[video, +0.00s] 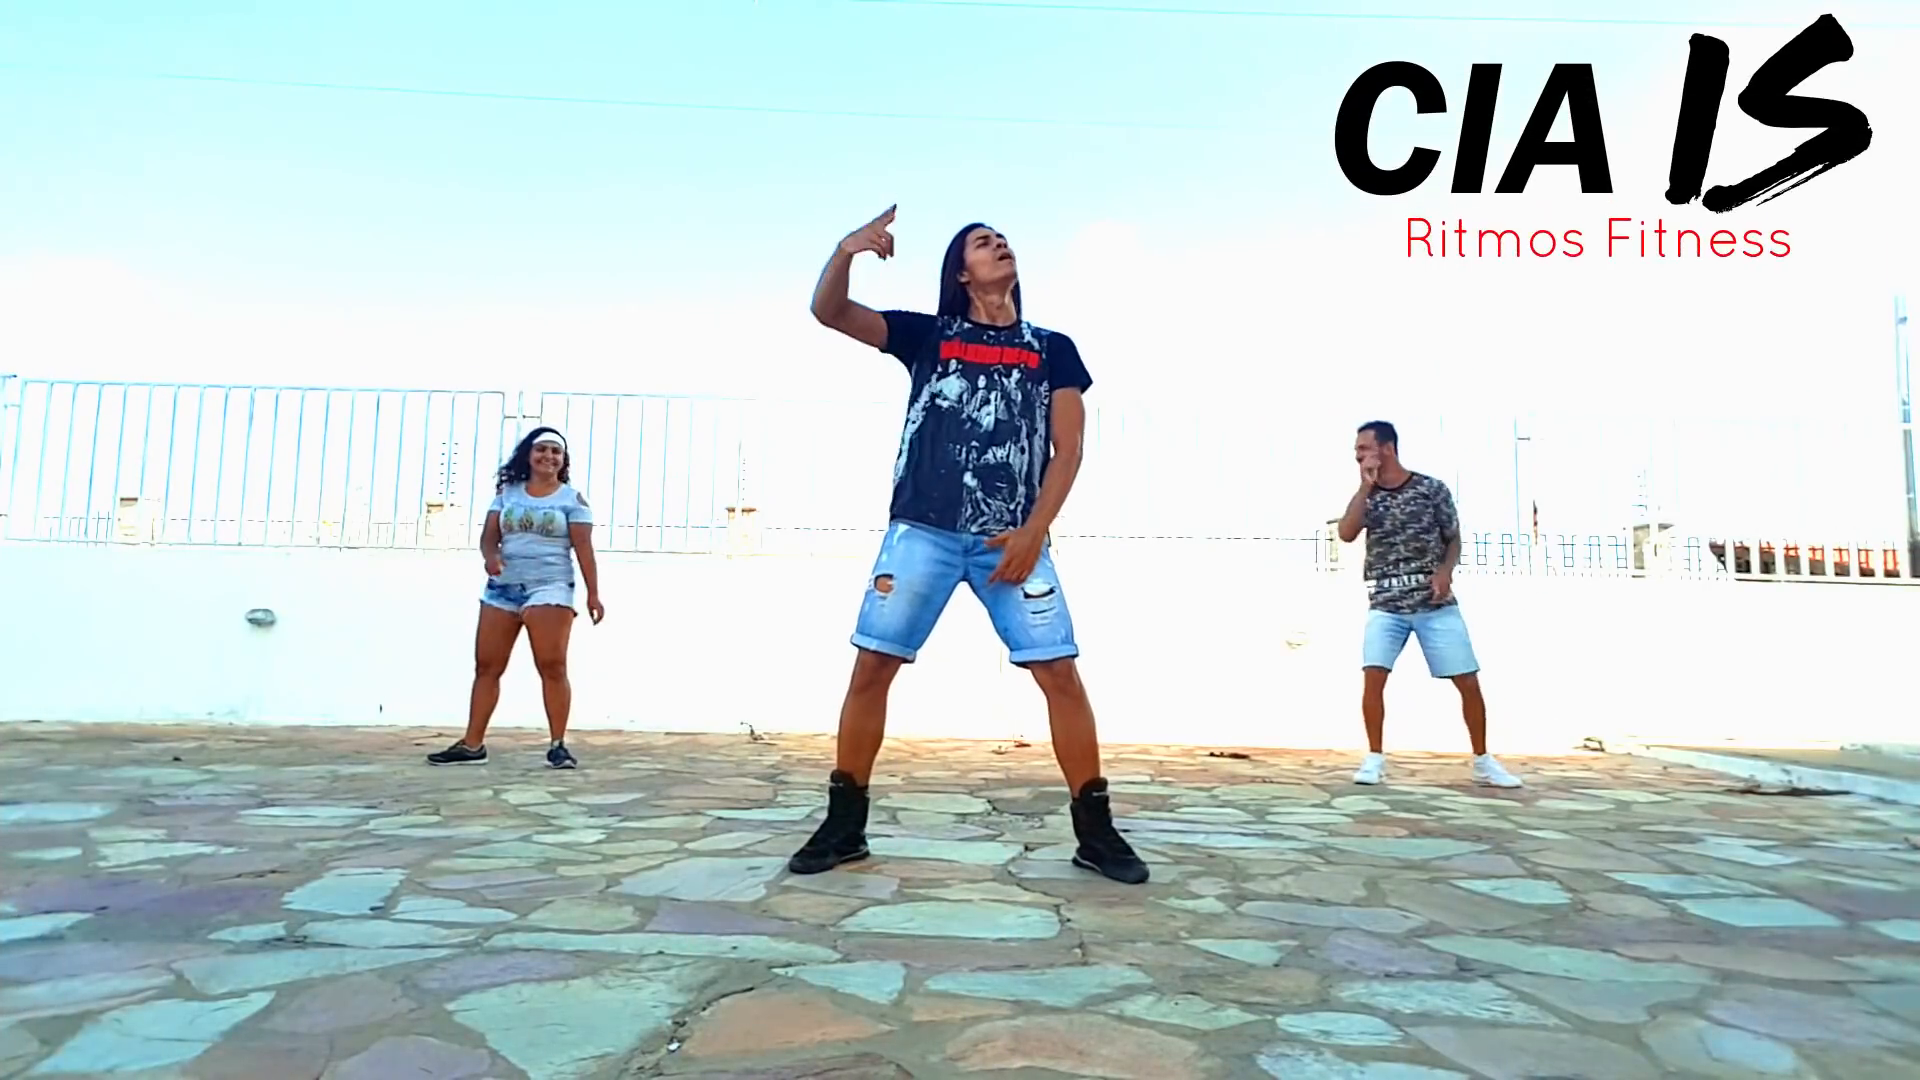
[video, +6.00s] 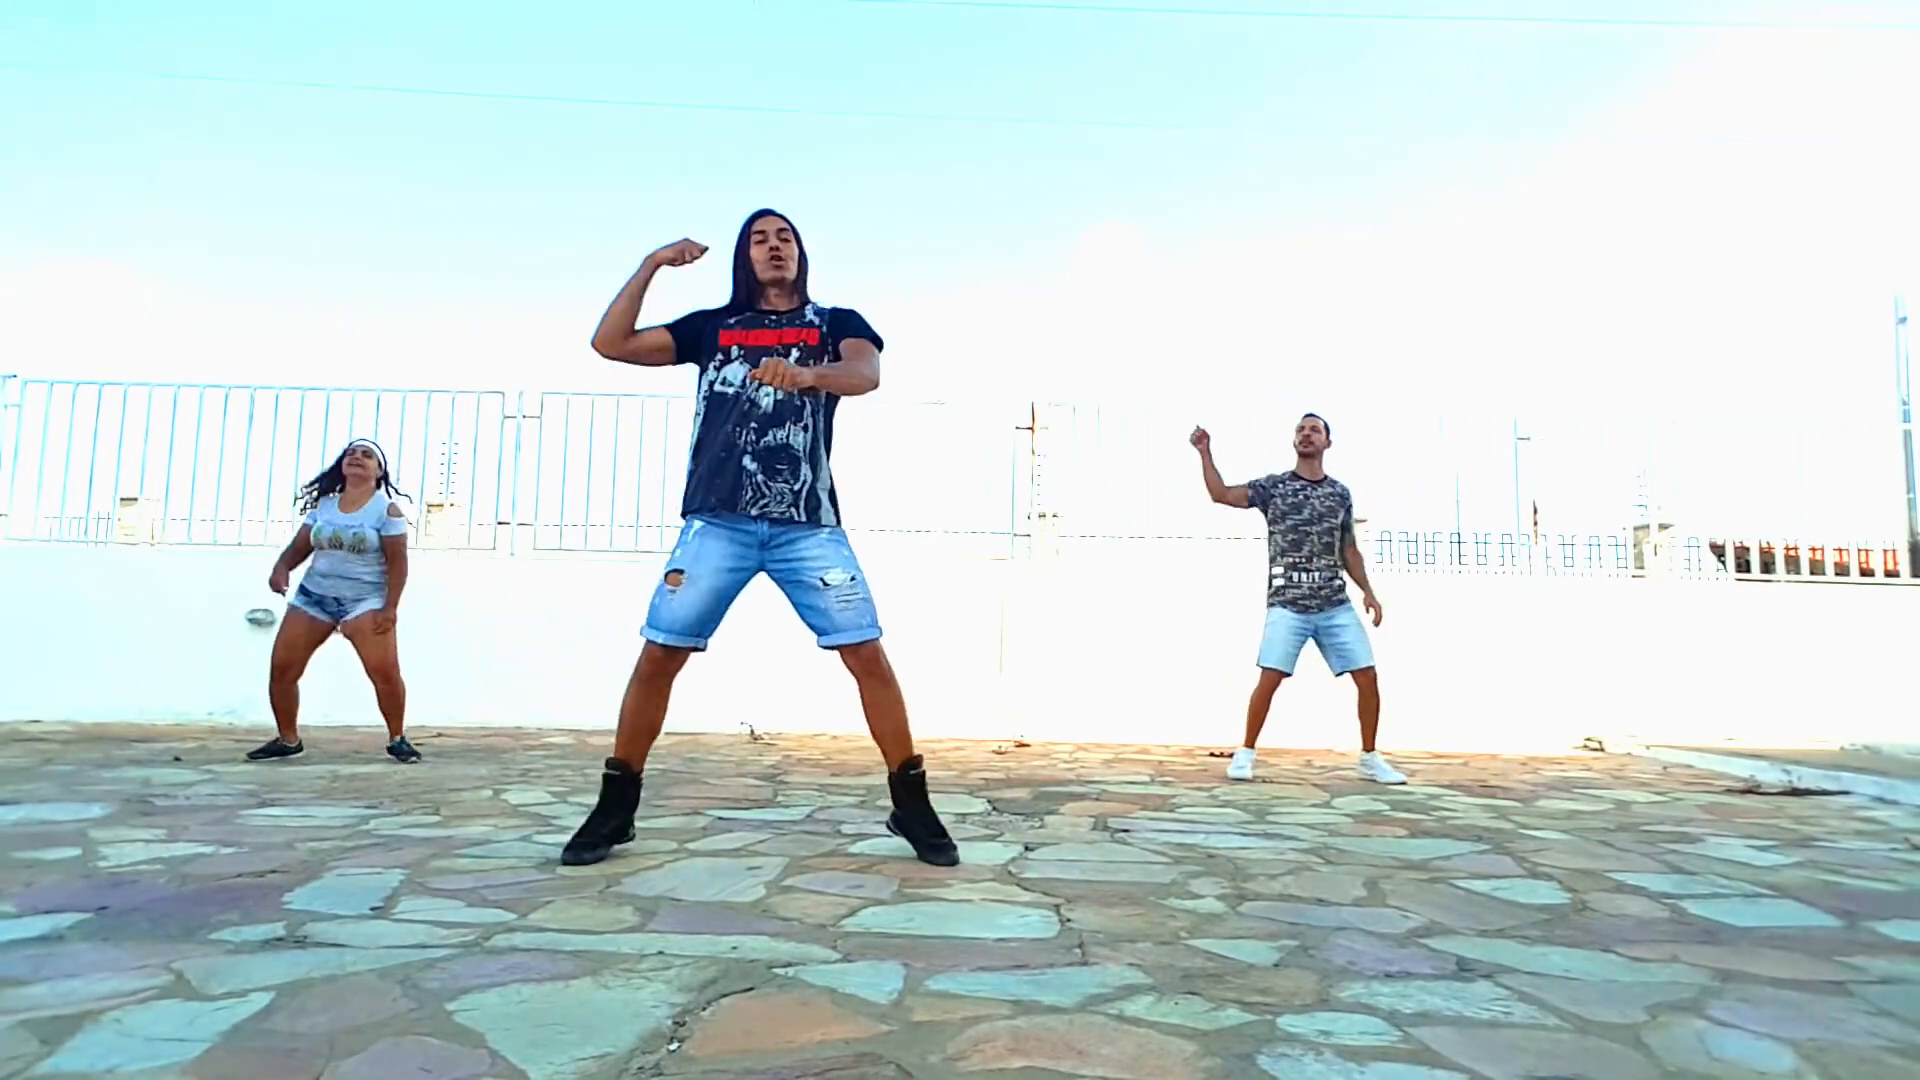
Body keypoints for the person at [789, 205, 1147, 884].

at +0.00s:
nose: (999, 245)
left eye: (1003, 242)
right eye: (983, 243)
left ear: (1014, 267)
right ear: (958, 272)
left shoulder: (1052, 349)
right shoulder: (928, 334)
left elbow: (1067, 450)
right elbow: (831, 310)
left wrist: (1036, 529)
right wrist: (847, 249)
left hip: (1014, 535)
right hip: (923, 528)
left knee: (1060, 673)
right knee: (872, 667)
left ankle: (1096, 831)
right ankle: (843, 824)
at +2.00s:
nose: (969, 270)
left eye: (980, 261)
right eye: (956, 262)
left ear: (998, 275)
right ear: (939, 279)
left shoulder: (1026, 337)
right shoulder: (921, 345)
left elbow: (1052, 366)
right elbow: (919, 393)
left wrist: (1030, 340)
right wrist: (890, 376)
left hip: (1021, 528)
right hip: (934, 526)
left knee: (1065, 668)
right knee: (873, 664)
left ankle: (1098, 831)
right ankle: (842, 823)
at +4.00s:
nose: (978, 263)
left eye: (987, 255)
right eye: (963, 260)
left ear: (1008, 277)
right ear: (949, 289)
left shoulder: (1049, 350)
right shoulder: (930, 361)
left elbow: (1063, 414)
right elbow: (878, 445)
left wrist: (1037, 463)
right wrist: (843, 504)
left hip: (1027, 553)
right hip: (935, 550)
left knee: (1088, 680)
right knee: (858, 674)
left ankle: (1122, 825)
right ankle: (837, 821)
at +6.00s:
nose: (773, 244)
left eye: (783, 236)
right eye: (760, 238)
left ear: (801, 256)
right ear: (742, 259)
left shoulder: (838, 321)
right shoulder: (713, 327)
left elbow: (864, 373)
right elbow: (613, 343)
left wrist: (807, 376)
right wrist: (648, 265)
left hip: (808, 525)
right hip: (718, 522)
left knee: (868, 653)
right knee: (659, 655)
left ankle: (912, 802)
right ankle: (615, 806)